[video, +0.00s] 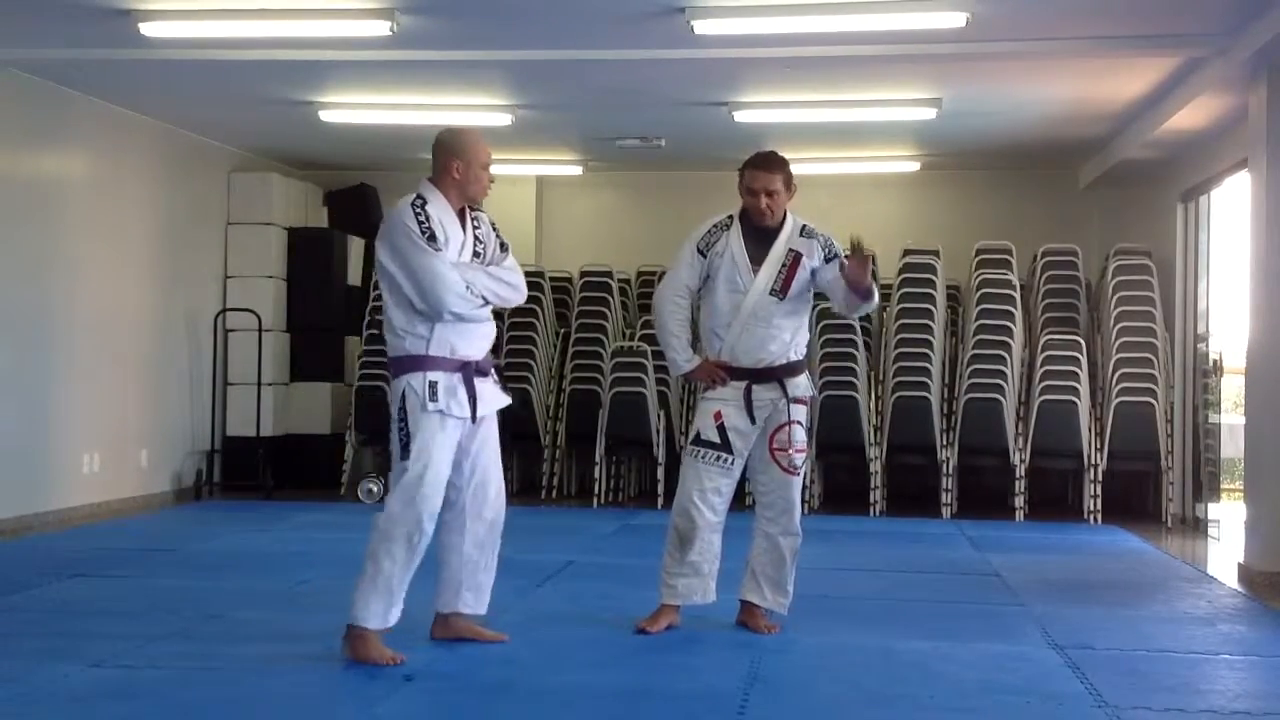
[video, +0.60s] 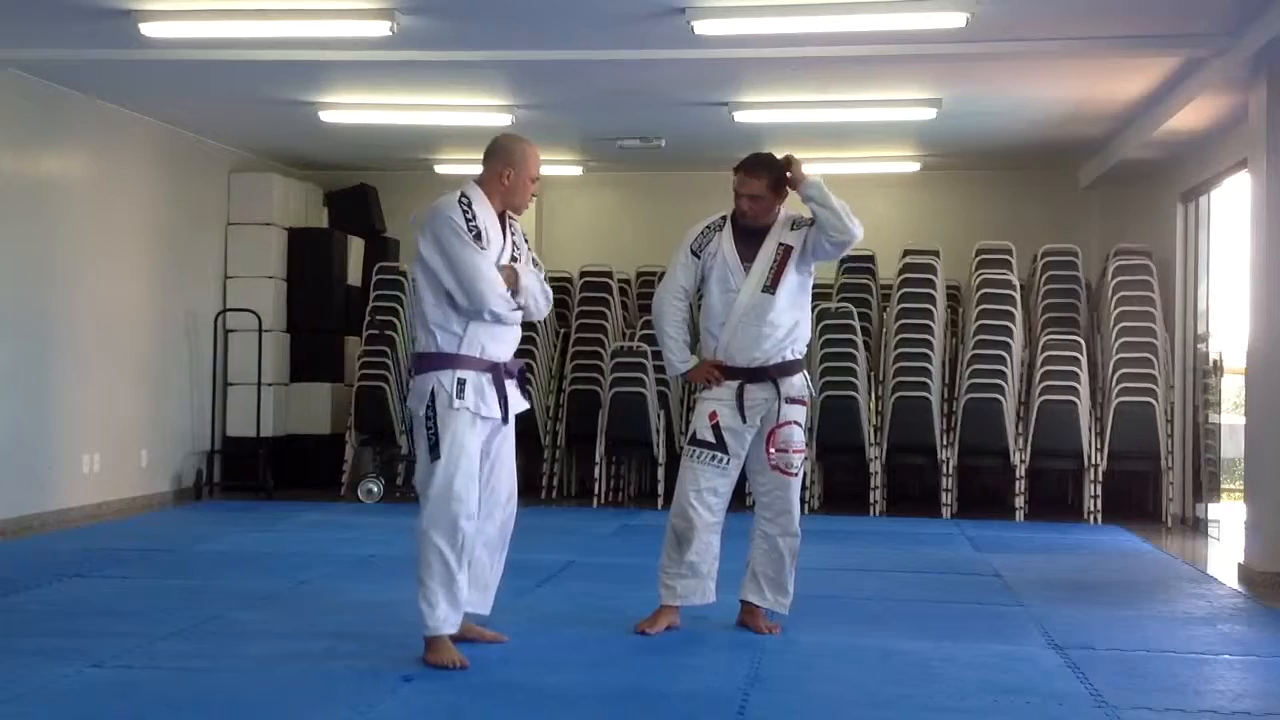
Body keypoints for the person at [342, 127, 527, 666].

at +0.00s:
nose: (491, 178)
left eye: (491, 168)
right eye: (486, 168)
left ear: (461, 169)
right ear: (454, 169)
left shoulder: (478, 224)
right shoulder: (407, 219)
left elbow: (515, 286)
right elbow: (446, 298)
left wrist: (458, 272)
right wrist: (492, 293)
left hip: (477, 378)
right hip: (426, 377)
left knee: (481, 500)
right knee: (415, 502)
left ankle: (455, 614)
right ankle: (364, 627)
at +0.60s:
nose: (536, 192)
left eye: (538, 182)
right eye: (532, 181)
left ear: (507, 176)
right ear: (503, 175)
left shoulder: (510, 231)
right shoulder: (448, 217)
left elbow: (541, 303)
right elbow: (483, 299)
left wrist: (507, 276)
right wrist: (522, 299)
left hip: (499, 387)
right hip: (452, 385)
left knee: (495, 506)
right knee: (450, 507)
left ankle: (465, 616)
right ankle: (438, 632)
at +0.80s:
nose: (539, 191)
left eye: (540, 181)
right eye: (536, 180)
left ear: (508, 175)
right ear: (507, 174)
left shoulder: (508, 231)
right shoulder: (454, 214)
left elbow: (537, 295)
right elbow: (479, 299)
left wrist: (556, 323)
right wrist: (540, 317)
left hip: (502, 388)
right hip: (458, 387)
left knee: (496, 509)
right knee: (453, 509)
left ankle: (466, 618)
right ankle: (438, 632)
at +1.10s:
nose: (544, 190)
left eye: (544, 181)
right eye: (540, 180)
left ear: (512, 175)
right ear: (512, 175)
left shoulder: (511, 234)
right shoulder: (457, 215)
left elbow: (531, 313)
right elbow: (460, 304)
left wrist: (573, 366)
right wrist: (514, 371)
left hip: (500, 383)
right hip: (456, 382)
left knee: (499, 503)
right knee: (456, 506)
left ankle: (465, 616)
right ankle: (439, 632)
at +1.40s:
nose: (547, 197)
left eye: (549, 187)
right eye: (543, 186)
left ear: (517, 180)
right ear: (513, 178)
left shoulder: (510, 235)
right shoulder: (464, 212)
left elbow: (521, 309)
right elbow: (437, 294)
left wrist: (571, 300)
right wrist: (455, 373)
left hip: (507, 390)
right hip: (466, 386)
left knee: (496, 508)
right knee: (457, 509)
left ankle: (465, 617)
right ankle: (439, 631)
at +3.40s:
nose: (538, 203)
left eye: (541, 194)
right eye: (533, 191)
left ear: (515, 185)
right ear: (505, 181)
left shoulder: (512, 242)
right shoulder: (452, 209)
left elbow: (524, 297)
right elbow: (400, 261)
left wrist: (541, 326)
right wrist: (456, 334)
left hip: (496, 390)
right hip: (451, 386)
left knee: (489, 507)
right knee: (450, 507)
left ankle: (462, 618)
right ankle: (437, 633)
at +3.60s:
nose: (530, 200)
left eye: (533, 191)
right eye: (525, 189)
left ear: (504, 184)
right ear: (494, 179)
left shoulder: (508, 233)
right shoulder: (442, 213)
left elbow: (548, 290)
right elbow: (457, 282)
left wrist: (524, 288)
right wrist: (522, 316)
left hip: (497, 389)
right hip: (452, 387)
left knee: (490, 508)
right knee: (450, 509)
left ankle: (463, 618)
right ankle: (438, 634)